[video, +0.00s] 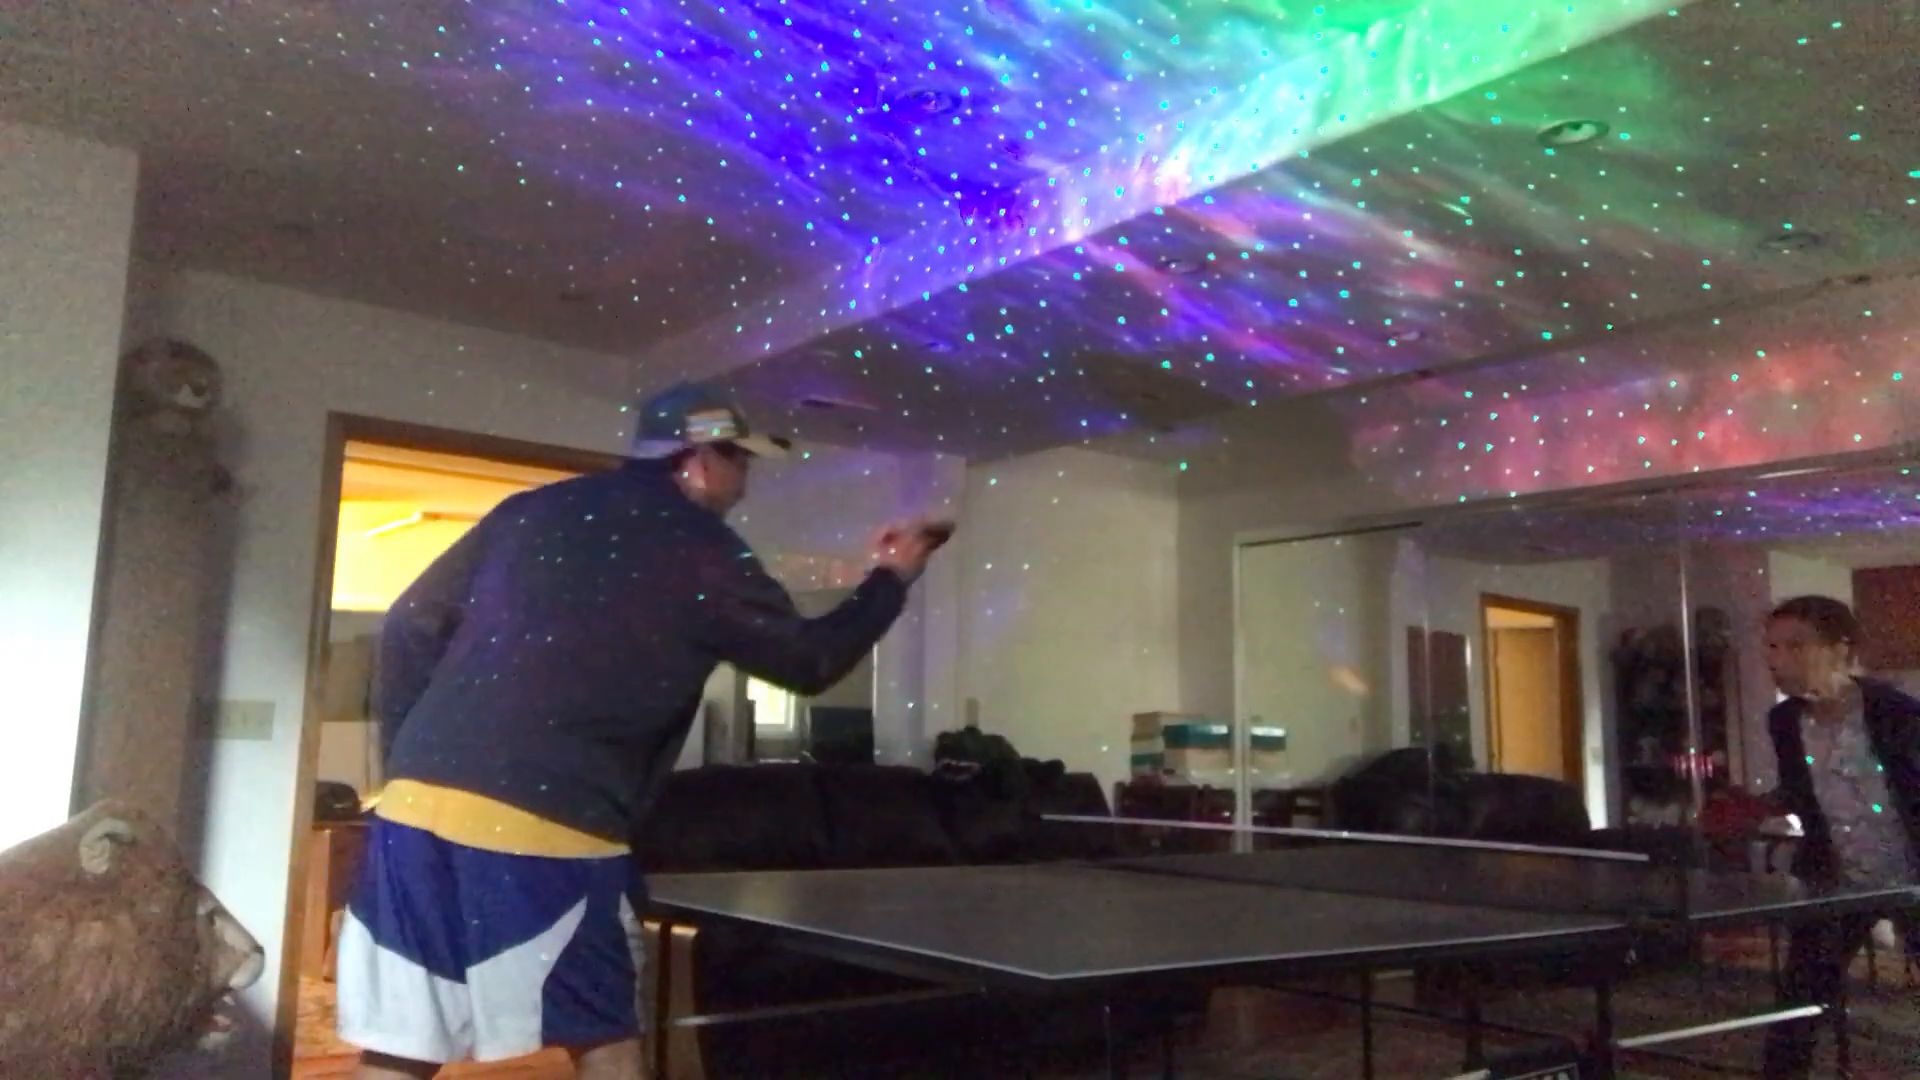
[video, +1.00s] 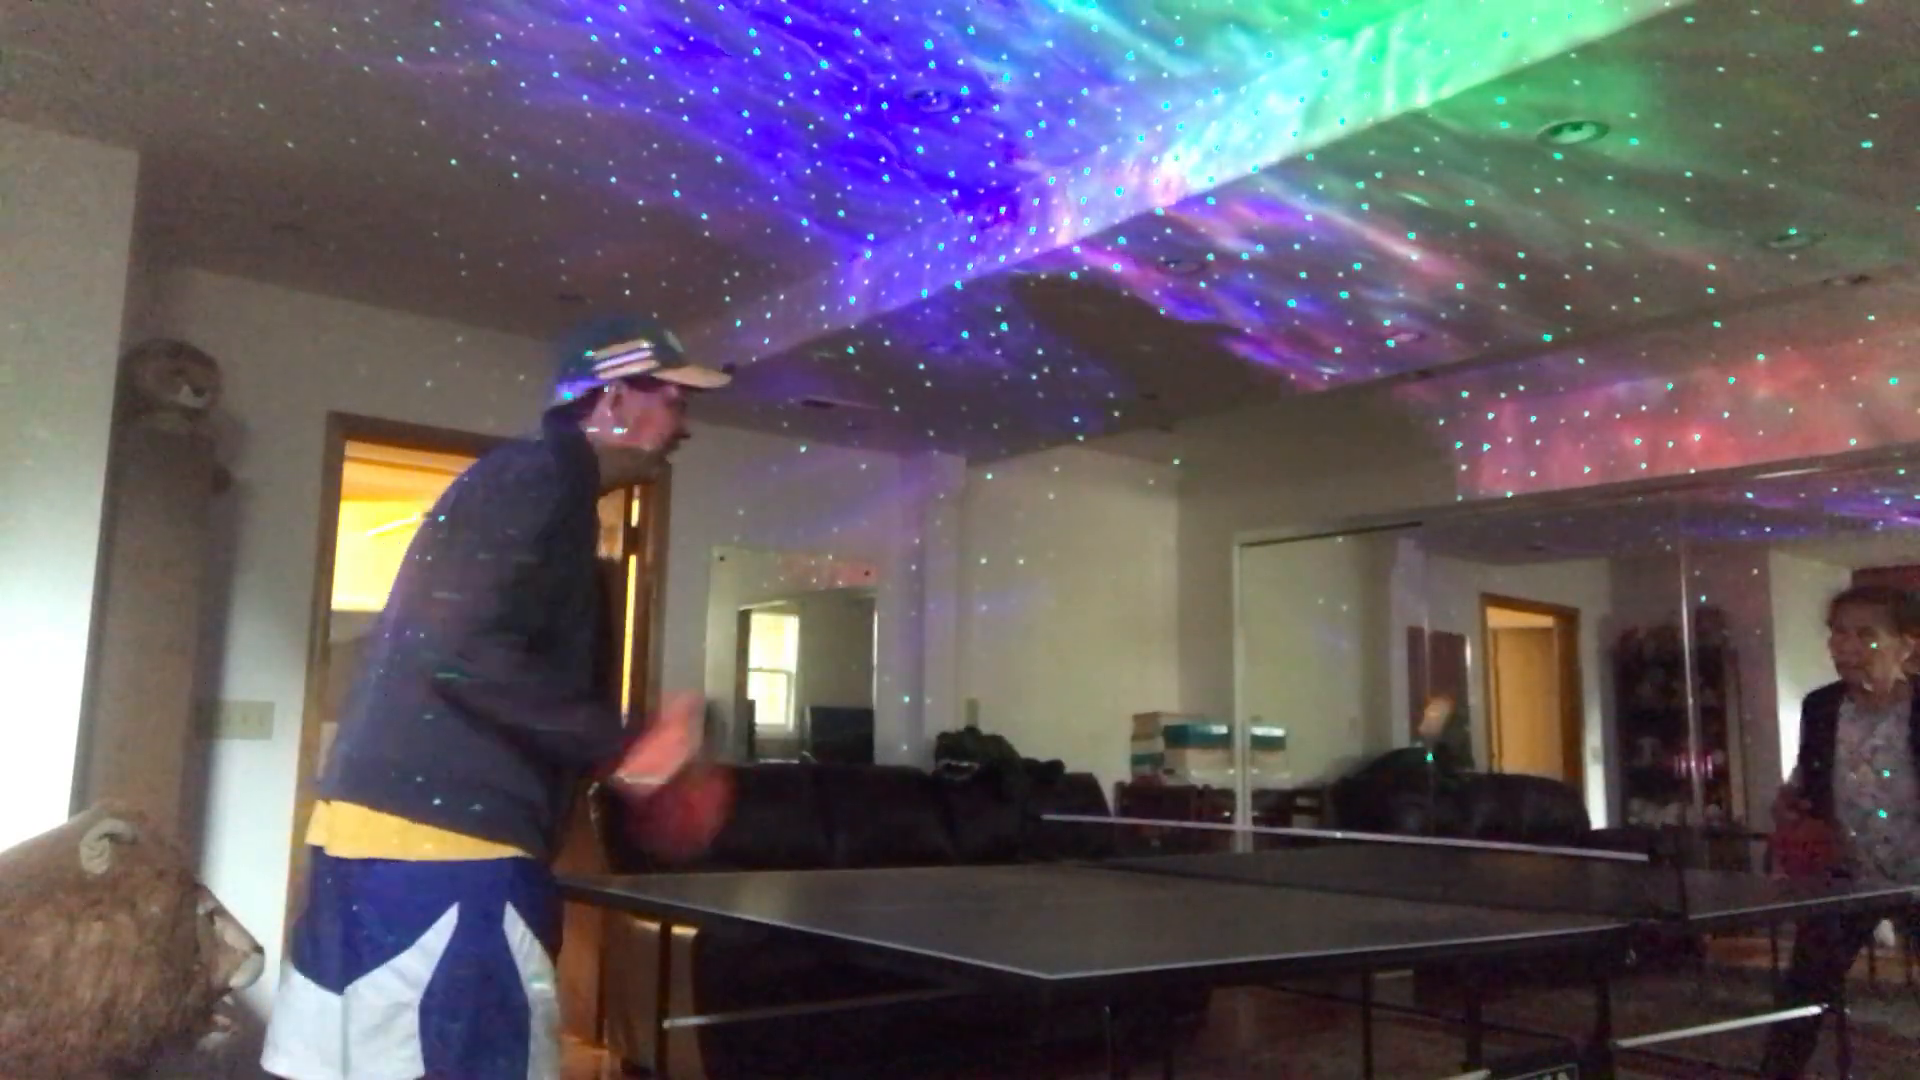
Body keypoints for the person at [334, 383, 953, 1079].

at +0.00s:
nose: (746, 478)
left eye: (746, 462)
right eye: (737, 460)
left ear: (658, 457)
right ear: (695, 463)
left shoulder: (529, 507)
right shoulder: (703, 552)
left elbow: (411, 621)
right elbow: (809, 661)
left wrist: (407, 764)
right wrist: (894, 574)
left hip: (408, 814)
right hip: (545, 834)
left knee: (397, 1059)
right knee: (604, 1061)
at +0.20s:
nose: (679, 447)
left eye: (677, 429)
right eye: (668, 427)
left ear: (587, 430)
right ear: (623, 434)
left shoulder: (468, 506)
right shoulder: (616, 515)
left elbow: (380, 653)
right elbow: (634, 665)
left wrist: (455, 727)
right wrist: (763, 685)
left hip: (389, 812)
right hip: (517, 822)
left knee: (394, 1057)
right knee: (588, 1058)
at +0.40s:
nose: (632, 424)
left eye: (630, 406)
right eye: (621, 405)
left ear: (541, 411)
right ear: (574, 412)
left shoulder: (440, 493)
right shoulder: (550, 489)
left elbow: (347, 646)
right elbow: (512, 650)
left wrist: (409, 749)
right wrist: (649, 724)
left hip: (354, 822)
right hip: (470, 828)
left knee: (364, 1062)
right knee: (546, 1058)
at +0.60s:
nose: (617, 416)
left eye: (615, 397)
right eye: (606, 395)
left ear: (527, 404)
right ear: (556, 404)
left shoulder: (421, 488)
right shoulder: (532, 487)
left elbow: (332, 643)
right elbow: (517, 659)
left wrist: (384, 754)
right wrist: (668, 711)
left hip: (340, 829)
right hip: (451, 835)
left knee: (351, 1060)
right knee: (505, 1058)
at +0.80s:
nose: (643, 414)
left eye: (642, 395)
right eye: (633, 393)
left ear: (552, 399)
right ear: (582, 399)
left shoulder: (449, 480)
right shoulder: (548, 487)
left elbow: (354, 638)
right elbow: (566, 664)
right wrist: (714, 689)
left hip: (345, 829)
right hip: (446, 839)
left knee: (358, 1060)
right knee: (475, 1064)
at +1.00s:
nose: (684, 427)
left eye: (684, 404)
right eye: (674, 400)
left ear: (606, 400)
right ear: (615, 399)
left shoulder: (520, 477)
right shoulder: (540, 474)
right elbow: (458, 642)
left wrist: (638, 789)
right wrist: (616, 741)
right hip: (443, 842)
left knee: (349, 1061)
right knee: (469, 1060)